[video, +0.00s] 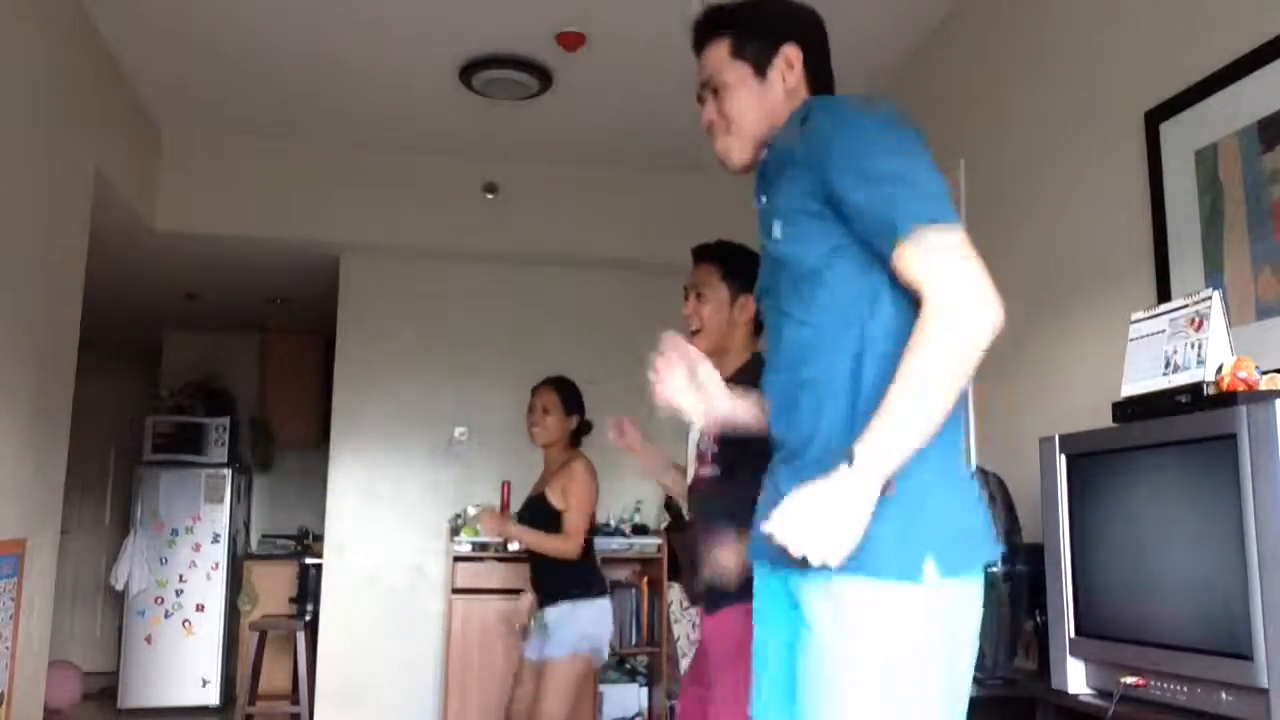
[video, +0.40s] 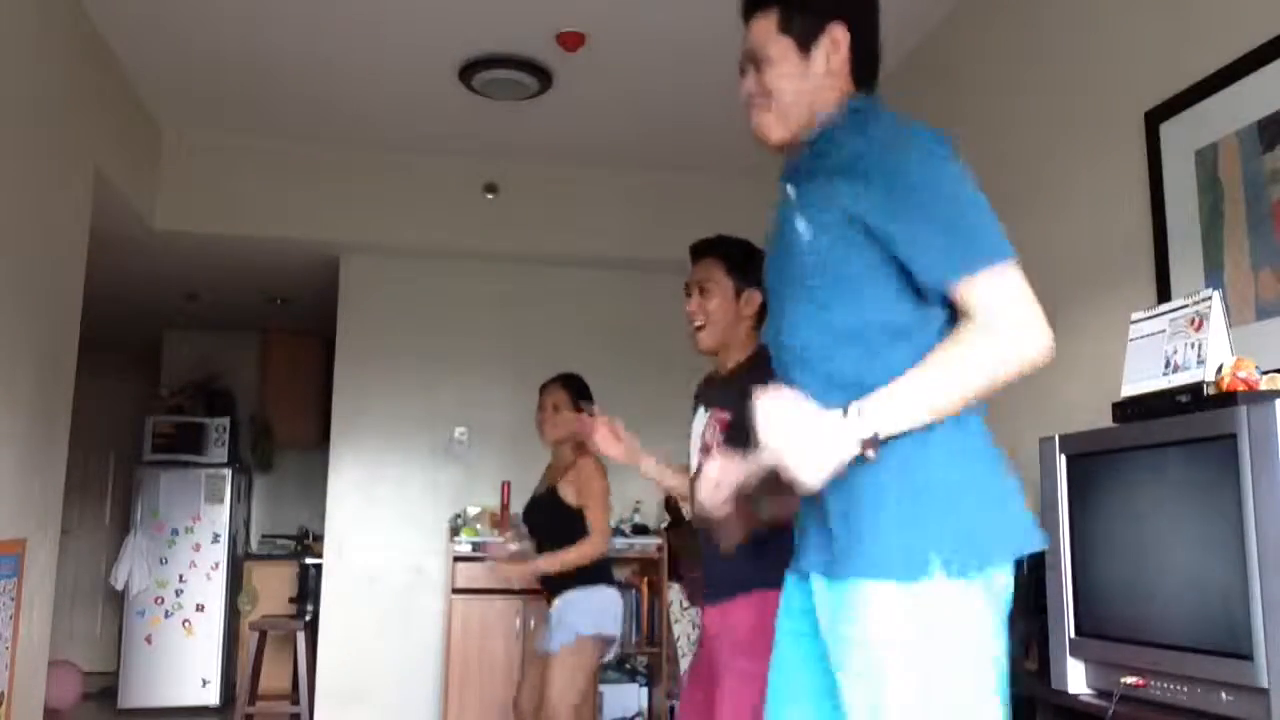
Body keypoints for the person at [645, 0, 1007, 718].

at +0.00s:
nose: (704, 115)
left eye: (716, 89)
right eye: (702, 97)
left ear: (785, 71)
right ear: (780, 76)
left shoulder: (842, 129)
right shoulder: (785, 187)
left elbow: (968, 303)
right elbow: (830, 397)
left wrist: (860, 477)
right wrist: (723, 405)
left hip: (890, 562)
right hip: (798, 553)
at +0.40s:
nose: (745, 84)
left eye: (759, 61)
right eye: (745, 66)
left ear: (833, 50)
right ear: (828, 53)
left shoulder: (891, 153)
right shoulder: (805, 183)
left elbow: (1017, 328)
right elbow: (837, 380)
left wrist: (852, 427)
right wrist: (758, 459)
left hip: (922, 554)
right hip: (830, 551)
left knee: (927, 710)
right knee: (802, 711)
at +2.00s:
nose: (760, 74)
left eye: (772, 47)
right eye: (759, 55)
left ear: (847, 35)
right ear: (840, 39)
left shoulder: (902, 119)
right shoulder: (812, 178)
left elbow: (1011, 299)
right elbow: (861, 398)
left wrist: (870, 462)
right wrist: (762, 466)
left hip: (915, 579)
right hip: (815, 575)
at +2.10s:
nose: (757, 113)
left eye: (773, 87)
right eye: (757, 94)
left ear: (848, 78)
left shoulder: (914, 185)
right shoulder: (816, 228)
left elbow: (997, 388)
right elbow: (860, 430)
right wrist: (746, 448)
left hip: (936, 627)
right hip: (817, 619)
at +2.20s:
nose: (754, 139)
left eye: (770, 112)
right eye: (757, 119)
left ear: (844, 104)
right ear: (842, 108)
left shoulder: (915, 232)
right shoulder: (822, 262)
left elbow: (1010, 448)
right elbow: (877, 461)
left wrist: (907, 600)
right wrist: (780, 498)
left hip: (946, 636)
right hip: (839, 625)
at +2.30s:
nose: (758, 115)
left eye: (773, 85)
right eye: (759, 92)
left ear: (847, 70)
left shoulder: (933, 196)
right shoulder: (820, 228)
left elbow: (1021, 405)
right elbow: (837, 425)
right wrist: (770, 517)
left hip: (933, 656)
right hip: (823, 635)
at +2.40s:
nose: (760, 76)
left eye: (772, 47)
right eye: (758, 57)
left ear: (846, 28)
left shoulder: (910, 117)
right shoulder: (821, 181)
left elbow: (1007, 294)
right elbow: (840, 414)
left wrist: (798, 373)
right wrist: (717, 420)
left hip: (915, 597)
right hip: (811, 588)